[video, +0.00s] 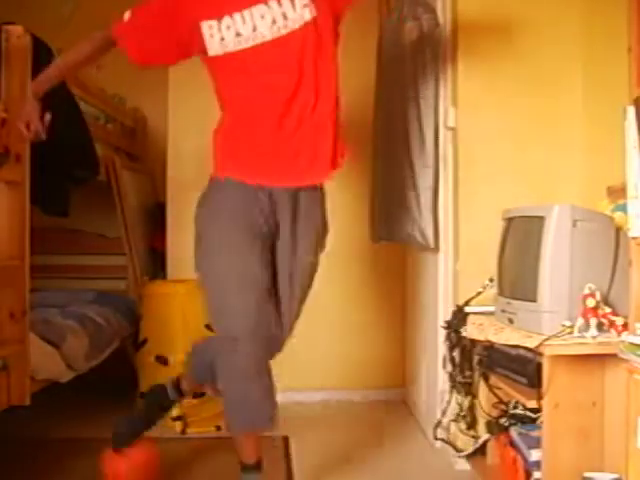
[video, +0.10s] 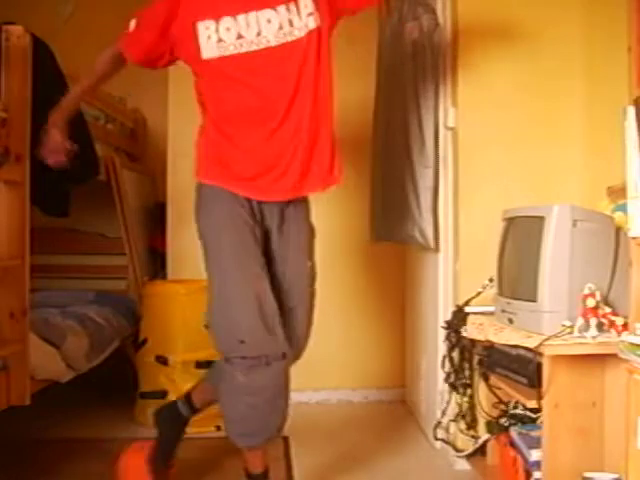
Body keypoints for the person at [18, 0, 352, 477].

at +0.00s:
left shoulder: (321, 2)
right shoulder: (189, 7)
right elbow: (106, 39)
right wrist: (35, 89)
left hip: (306, 190)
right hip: (237, 188)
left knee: (270, 334)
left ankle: (173, 392)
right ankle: (252, 472)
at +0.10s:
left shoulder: (317, 1)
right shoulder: (181, 7)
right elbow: (118, 54)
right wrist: (60, 114)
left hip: (292, 190)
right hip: (226, 188)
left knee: (288, 340)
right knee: (254, 342)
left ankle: (179, 412)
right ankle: (258, 475)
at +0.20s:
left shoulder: (311, 2)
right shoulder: (186, 5)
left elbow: (386, 8)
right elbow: (141, 50)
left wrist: (411, 19)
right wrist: (121, 123)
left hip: (275, 171)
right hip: (213, 167)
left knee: (292, 315)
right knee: (249, 330)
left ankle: (174, 400)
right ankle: (256, 473)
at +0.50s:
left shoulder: (294, 4)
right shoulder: (165, 6)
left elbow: (367, 34)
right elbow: (112, 58)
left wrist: (412, 56)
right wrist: (114, 158)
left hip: (248, 169)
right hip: (190, 173)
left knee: (302, 305)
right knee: (241, 341)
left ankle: (185, 390)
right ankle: (237, 472)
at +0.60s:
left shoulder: (285, 2)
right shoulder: (156, 1)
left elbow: (354, 45)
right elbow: (109, 25)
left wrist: (413, 110)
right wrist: (105, 119)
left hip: (249, 161)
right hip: (178, 162)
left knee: (264, 308)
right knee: (205, 310)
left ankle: (209, 414)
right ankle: (218, 445)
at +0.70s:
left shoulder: (279, 7)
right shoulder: (138, 3)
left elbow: (336, 72)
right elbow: (101, 46)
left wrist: (376, 155)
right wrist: (86, 123)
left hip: (238, 176)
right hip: (161, 172)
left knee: (237, 308)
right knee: (147, 294)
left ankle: (236, 439)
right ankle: (171, 426)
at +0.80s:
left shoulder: (267, 8)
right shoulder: (135, 6)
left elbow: (302, 88)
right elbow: (95, 55)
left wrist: (328, 171)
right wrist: (66, 104)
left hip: (220, 186)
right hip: (144, 175)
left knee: (233, 321)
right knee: (96, 286)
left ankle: (237, 452)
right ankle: (138, 425)